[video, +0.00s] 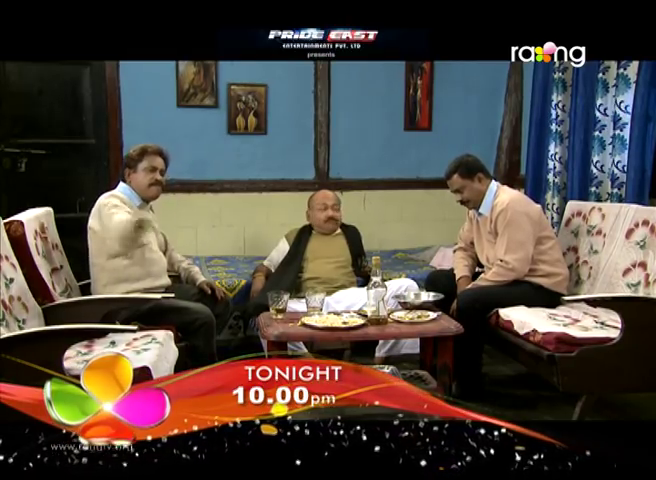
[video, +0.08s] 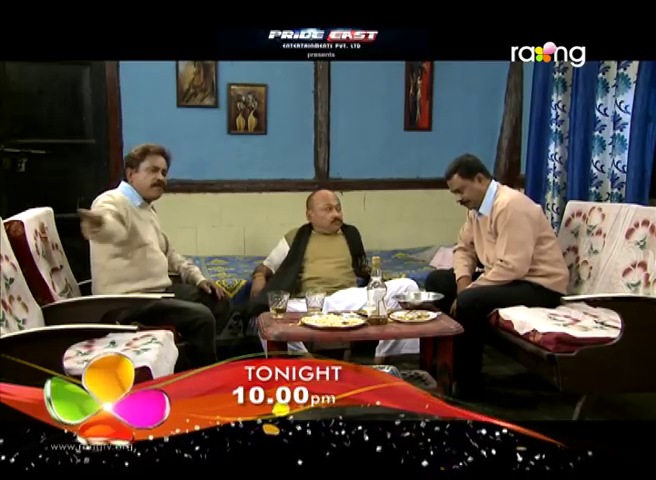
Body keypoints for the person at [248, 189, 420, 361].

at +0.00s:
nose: (331, 214)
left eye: (335, 208)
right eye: (323, 209)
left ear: (341, 211)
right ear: (309, 214)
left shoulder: (351, 233)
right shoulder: (297, 237)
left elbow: (361, 269)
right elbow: (265, 268)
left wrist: (377, 280)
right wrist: (255, 301)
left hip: (351, 297)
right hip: (311, 299)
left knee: (406, 285)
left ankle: (383, 363)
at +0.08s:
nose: (336, 214)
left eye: (338, 208)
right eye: (328, 209)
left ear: (342, 209)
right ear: (310, 215)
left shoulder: (351, 233)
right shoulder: (297, 237)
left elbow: (361, 268)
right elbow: (264, 269)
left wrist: (378, 280)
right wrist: (258, 297)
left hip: (351, 297)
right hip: (309, 299)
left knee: (406, 286)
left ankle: (383, 364)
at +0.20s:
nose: (336, 213)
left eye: (337, 208)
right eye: (328, 209)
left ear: (341, 209)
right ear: (309, 214)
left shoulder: (349, 233)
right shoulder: (295, 236)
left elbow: (362, 268)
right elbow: (263, 270)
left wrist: (377, 281)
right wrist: (259, 297)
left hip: (351, 297)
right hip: (311, 300)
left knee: (406, 286)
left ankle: (384, 366)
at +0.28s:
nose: (336, 213)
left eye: (337, 207)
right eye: (328, 209)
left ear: (340, 209)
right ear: (309, 214)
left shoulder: (348, 233)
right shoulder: (294, 236)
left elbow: (362, 267)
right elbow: (263, 270)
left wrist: (377, 280)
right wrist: (259, 305)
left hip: (352, 296)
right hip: (312, 299)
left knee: (407, 286)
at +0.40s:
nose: (336, 213)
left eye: (337, 207)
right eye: (328, 209)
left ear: (340, 208)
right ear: (309, 214)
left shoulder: (347, 233)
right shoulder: (294, 237)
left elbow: (360, 267)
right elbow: (264, 268)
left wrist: (376, 278)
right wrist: (258, 279)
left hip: (352, 297)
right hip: (311, 300)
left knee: (406, 287)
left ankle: (383, 366)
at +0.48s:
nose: (336, 213)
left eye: (337, 207)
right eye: (329, 209)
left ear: (340, 208)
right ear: (308, 214)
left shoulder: (347, 234)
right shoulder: (293, 237)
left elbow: (359, 267)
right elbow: (262, 271)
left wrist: (377, 279)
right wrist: (256, 300)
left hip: (352, 298)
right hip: (311, 300)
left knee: (406, 286)